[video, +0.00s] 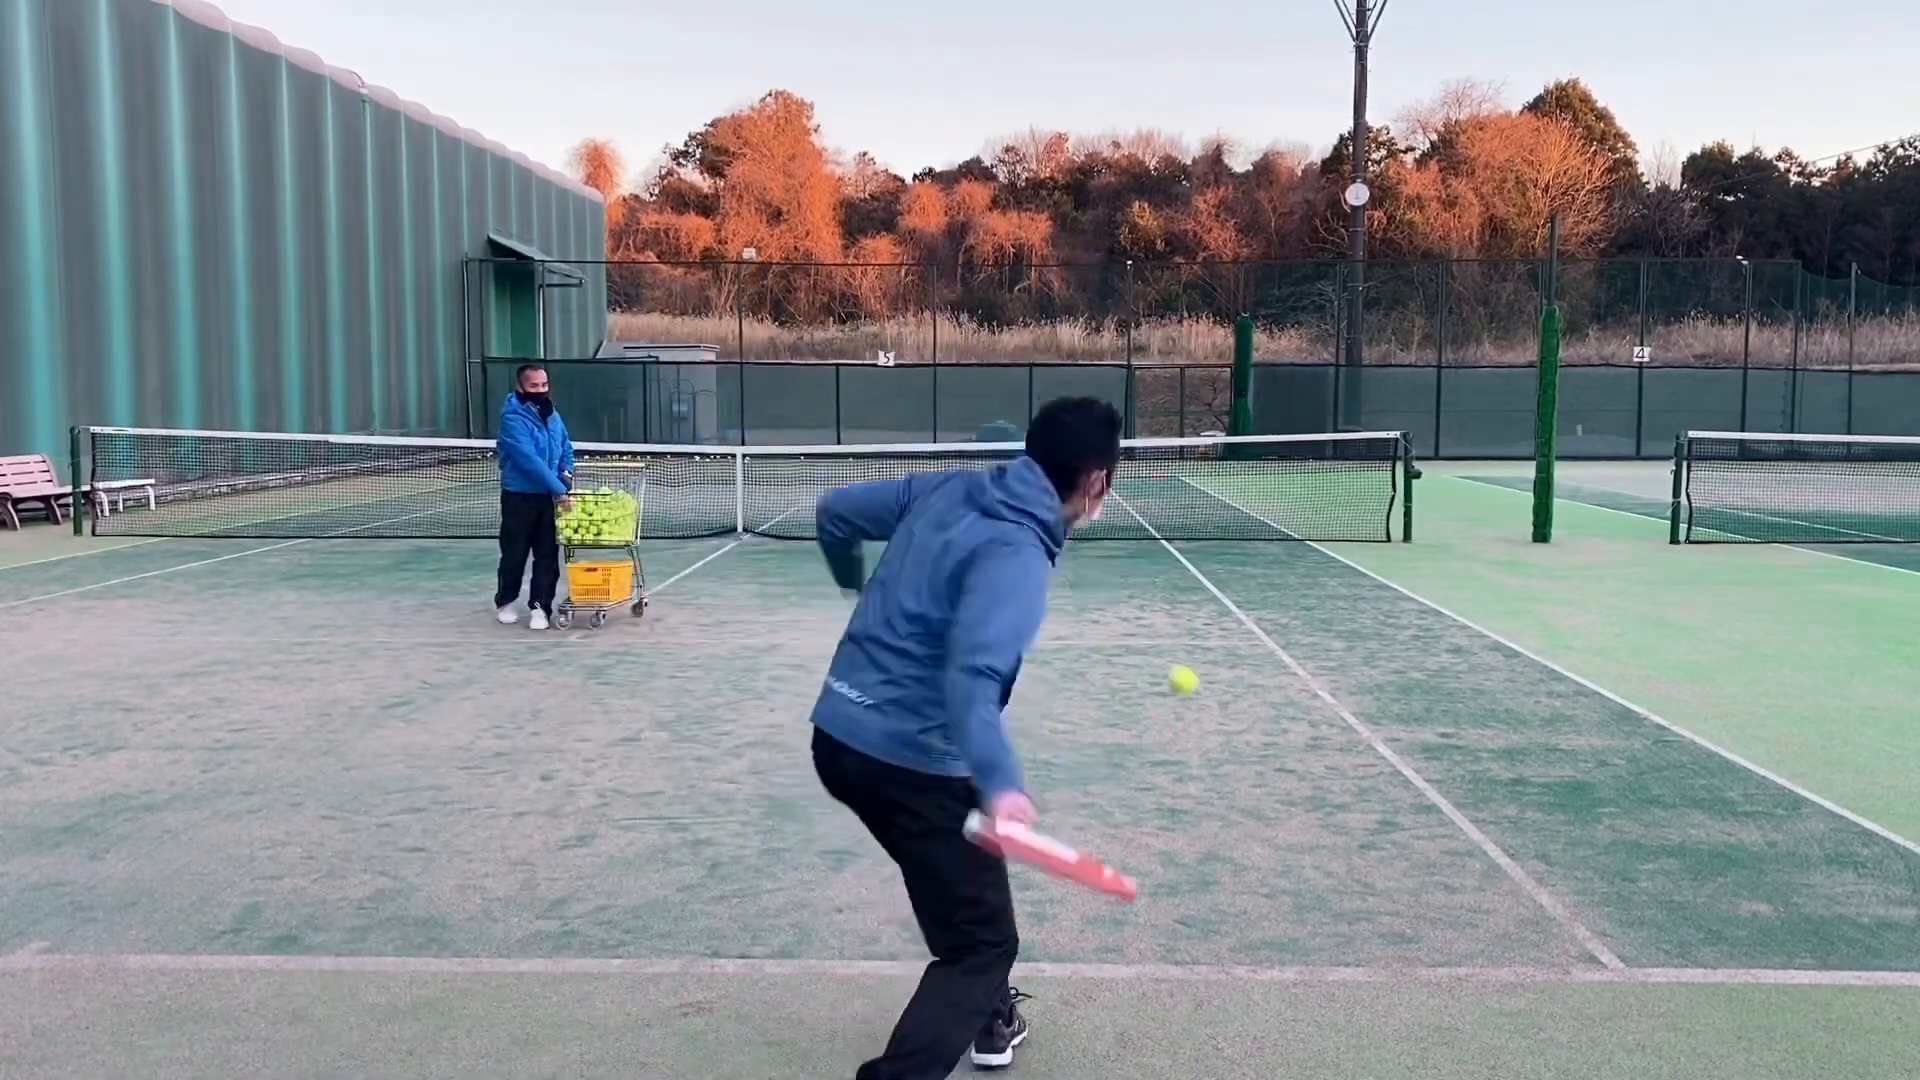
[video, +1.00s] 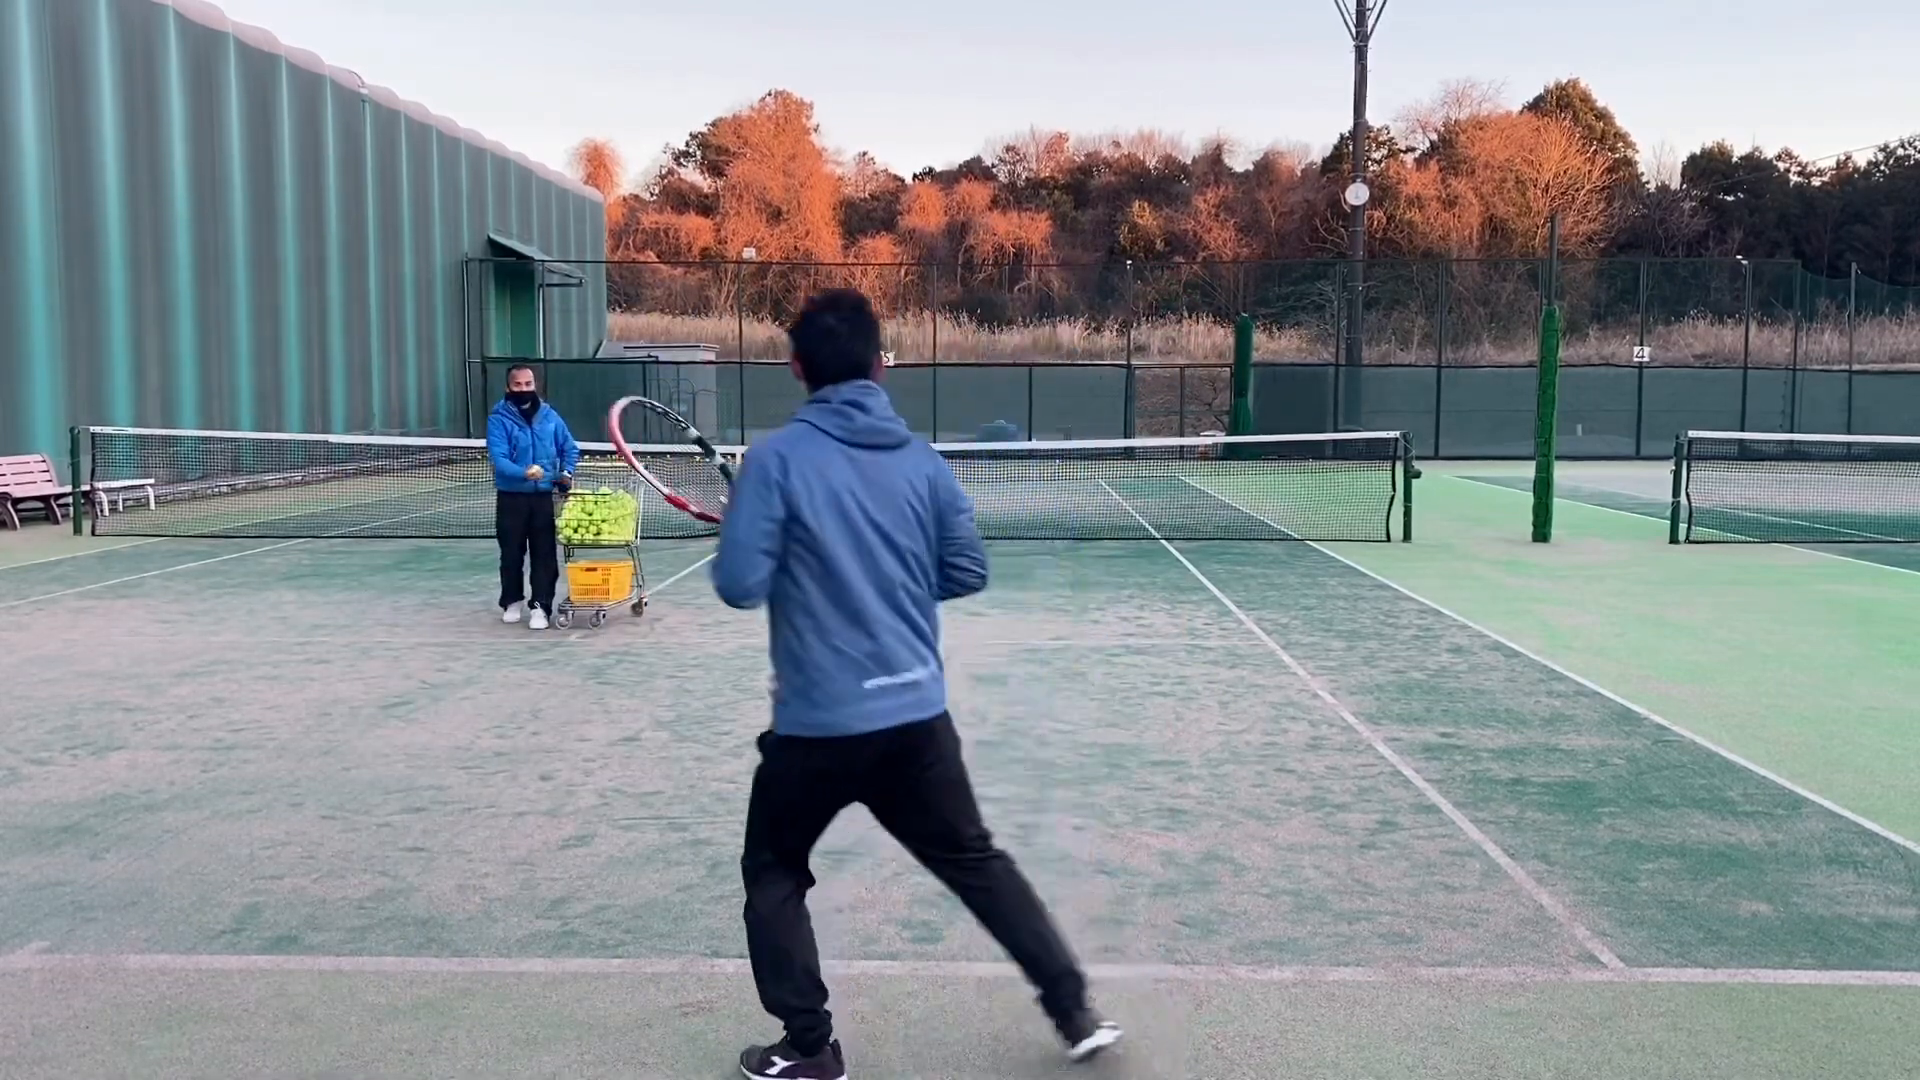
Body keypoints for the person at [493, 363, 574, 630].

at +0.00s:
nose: (541, 389)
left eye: (544, 384)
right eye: (534, 385)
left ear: (548, 384)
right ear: (521, 387)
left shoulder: (552, 413)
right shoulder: (512, 418)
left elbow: (566, 447)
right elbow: (527, 459)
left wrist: (566, 470)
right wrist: (558, 488)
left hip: (549, 492)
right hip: (519, 493)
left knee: (547, 554)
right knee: (515, 552)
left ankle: (540, 608)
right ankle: (506, 602)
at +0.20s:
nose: (541, 390)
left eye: (544, 385)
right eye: (534, 386)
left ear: (547, 384)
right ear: (520, 387)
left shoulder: (552, 413)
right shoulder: (511, 417)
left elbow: (567, 447)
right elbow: (523, 458)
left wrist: (566, 470)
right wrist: (557, 487)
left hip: (548, 492)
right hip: (519, 493)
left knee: (547, 554)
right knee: (514, 552)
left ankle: (540, 607)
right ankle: (506, 602)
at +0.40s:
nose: (539, 390)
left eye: (543, 385)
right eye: (533, 385)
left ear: (546, 384)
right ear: (519, 386)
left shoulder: (552, 414)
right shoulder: (509, 417)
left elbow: (567, 447)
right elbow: (521, 458)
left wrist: (567, 469)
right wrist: (556, 486)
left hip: (548, 492)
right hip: (518, 494)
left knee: (547, 553)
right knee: (514, 552)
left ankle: (541, 607)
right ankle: (506, 602)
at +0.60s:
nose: (537, 388)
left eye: (541, 383)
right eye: (531, 384)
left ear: (545, 383)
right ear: (518, 386)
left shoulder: (553, 414)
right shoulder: (509, 417)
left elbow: (569, 448)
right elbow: (516, 459)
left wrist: (565, 474)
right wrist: (554, 481)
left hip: (547, 494)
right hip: (517, 495)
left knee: (547, 553)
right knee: (514, 552)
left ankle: (541, 607)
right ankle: (506, 602)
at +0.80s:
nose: (532, 388)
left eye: (537, 383)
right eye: (526, 384)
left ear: (543, 384)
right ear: (515, 386)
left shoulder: (553, 415)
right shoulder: (506, 417)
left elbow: (570, 449)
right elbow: (507, 461)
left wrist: (566, 473)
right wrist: (543, 476)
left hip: (546, 494)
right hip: (516, 495)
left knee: (546, 553)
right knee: (514, 552)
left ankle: (541, 607)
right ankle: (511, 602)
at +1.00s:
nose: (523, 389)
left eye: (527, 384)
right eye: (517, 384)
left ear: (535, 385)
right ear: (508, 387)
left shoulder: (549, 415)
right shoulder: (498, 418)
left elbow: (571, 449)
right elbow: (498, 460)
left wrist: (566, 473)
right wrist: (524, 472)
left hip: (543, 495)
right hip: (511, 496)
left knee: (544, 554)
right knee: (511, 553)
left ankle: (540, 607)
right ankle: (512, 602)